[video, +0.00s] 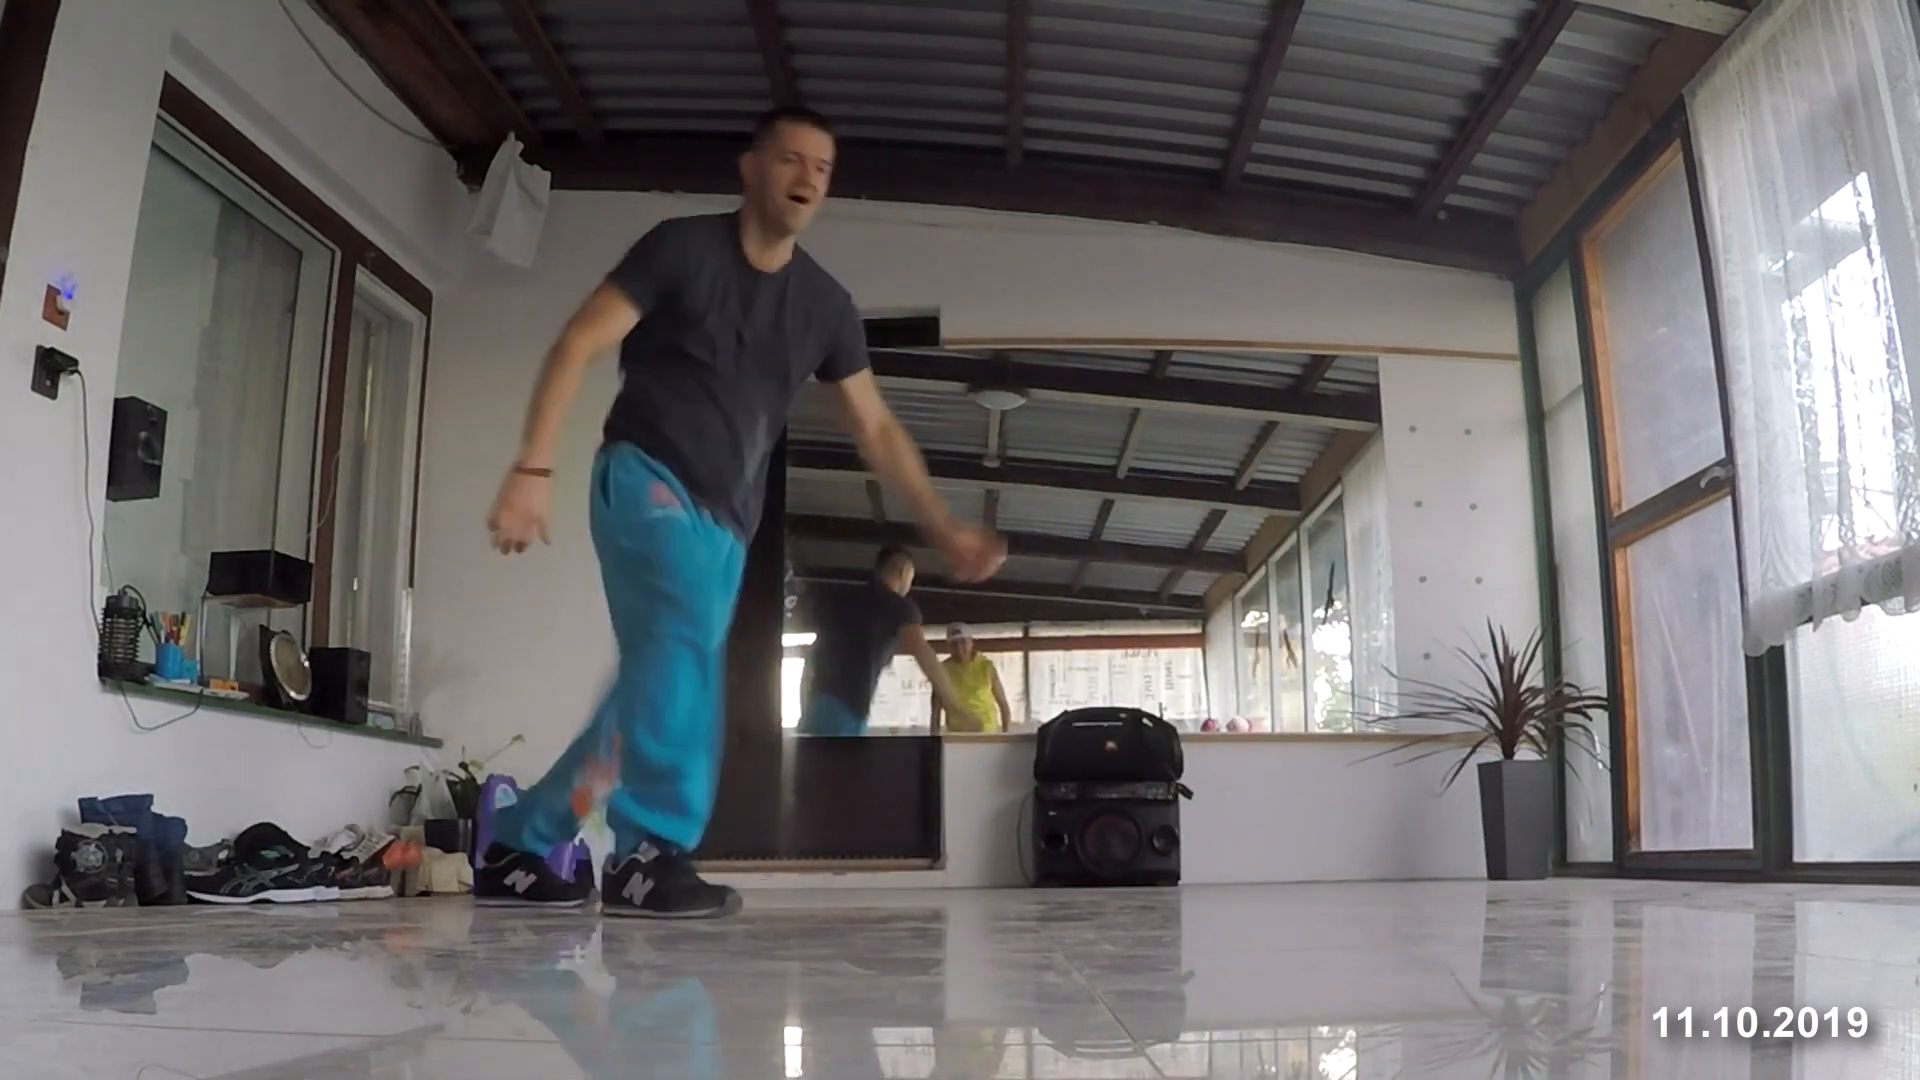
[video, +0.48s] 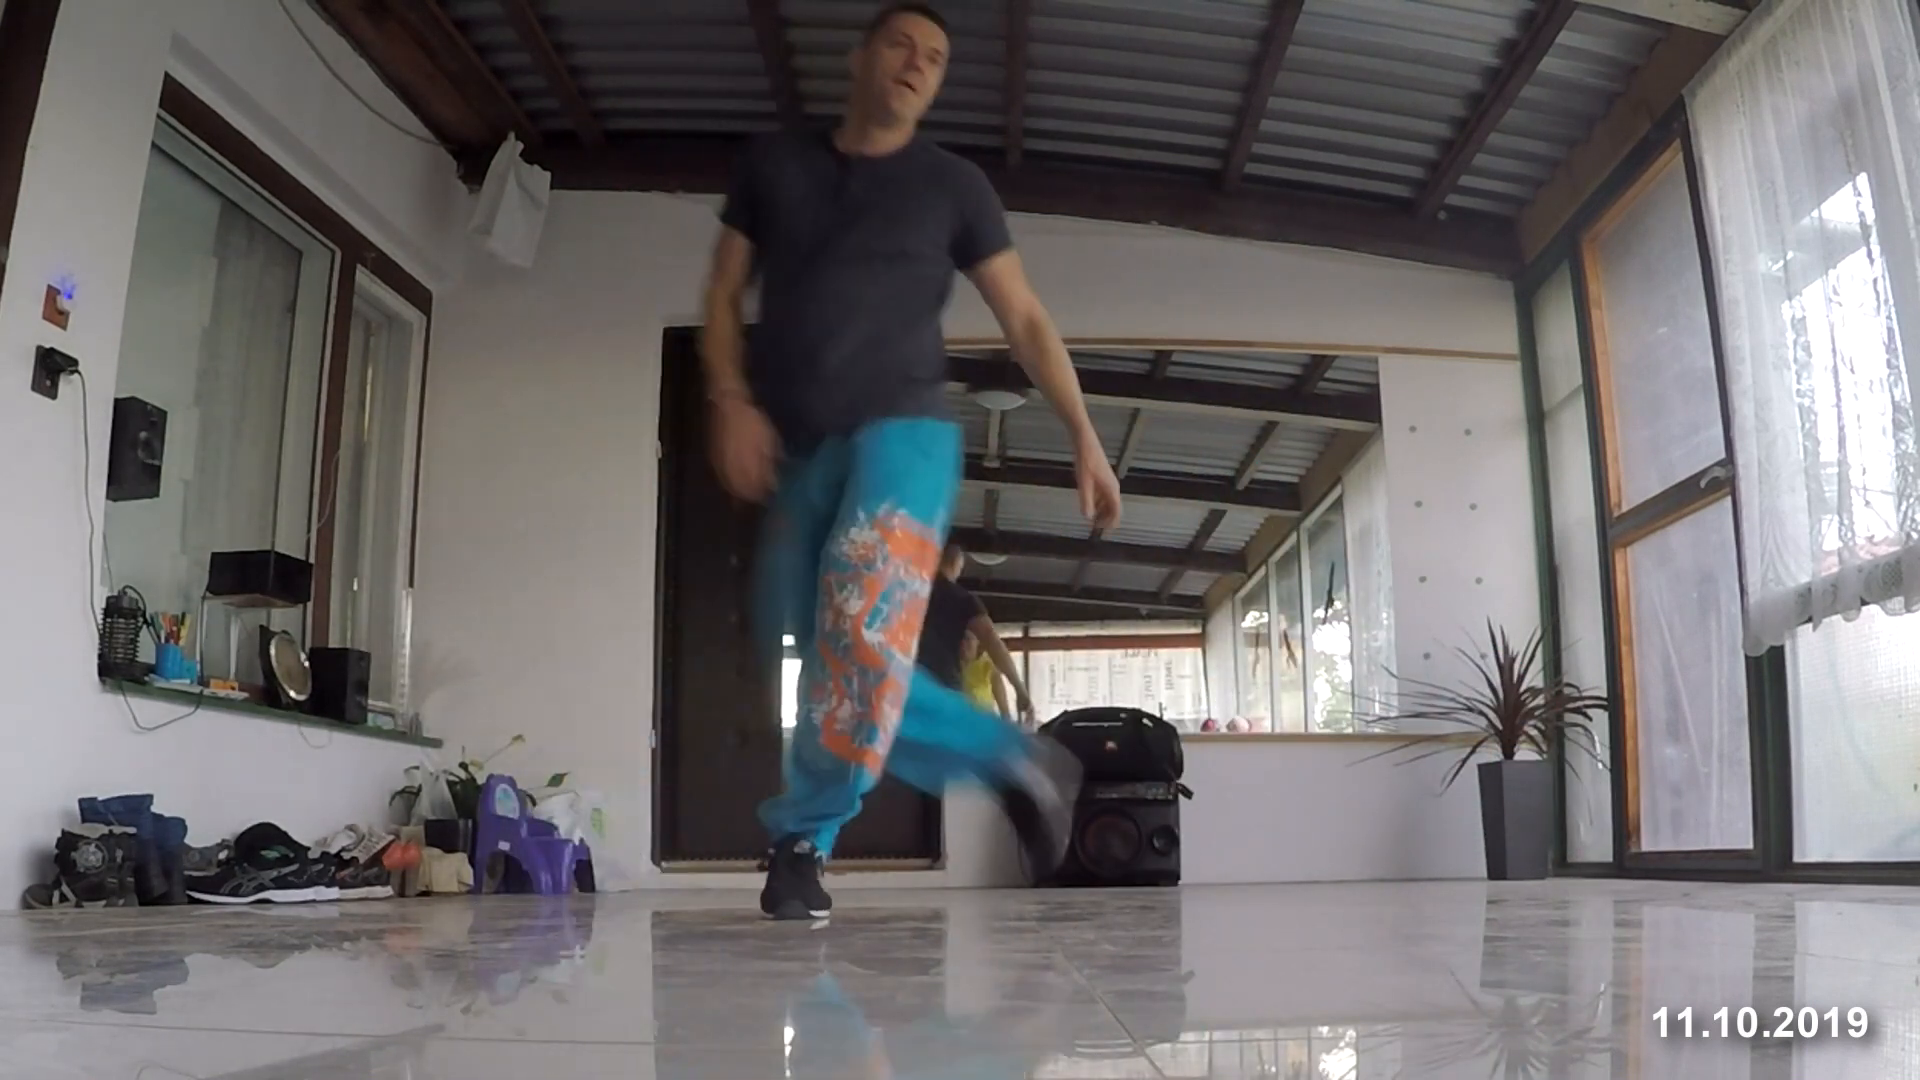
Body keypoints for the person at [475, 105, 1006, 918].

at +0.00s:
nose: (807, 181)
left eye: (820, 171)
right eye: (791, 162)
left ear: (827, 187)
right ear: (748, 166)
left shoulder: (826, 305)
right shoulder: (683, 248)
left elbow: (877, 427)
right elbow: (574, 344)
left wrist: (944, 528)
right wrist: (529, 469)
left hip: (727, 518)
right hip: (646, 479)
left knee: (666, 674)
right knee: (679, 642)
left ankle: (521, 839)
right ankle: (651, 852)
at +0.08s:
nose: (799, 146)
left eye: (816, 136)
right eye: (786, 125)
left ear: (828, 155)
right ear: (749, 132)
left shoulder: (835, 270)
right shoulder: (684, 219)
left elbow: (889, 381)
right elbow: (568, 305)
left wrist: (953, 431)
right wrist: (526, 434)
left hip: (751, 500)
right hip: (666, 457)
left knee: (694, 684)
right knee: (699, 643)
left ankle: (528, 829)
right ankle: (651, 856)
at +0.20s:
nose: (843, 62)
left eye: (855, 49)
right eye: (828, 42)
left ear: (865, 63)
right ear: (783, 45)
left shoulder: (873, 175)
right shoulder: (711, 126)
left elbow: (921, 287)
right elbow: (618, 221)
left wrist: (945, 313)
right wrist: (579, 335)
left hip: (794, 417)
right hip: (695, 390)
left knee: (779, 609)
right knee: (661, 588)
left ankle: (685, 791)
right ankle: (617, 804)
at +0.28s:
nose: (864, 28)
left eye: (876, 17)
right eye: (848, 10)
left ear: (884, 31)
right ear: (801, 16)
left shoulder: (896, 145)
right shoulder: (723, 105)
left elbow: (949, 259)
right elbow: (636, 208)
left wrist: (974, 298)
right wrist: (599, 327)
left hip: (826, 384)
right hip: (713, 362)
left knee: (833, 574)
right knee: (681, 534)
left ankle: (771, 784)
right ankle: (620, 729)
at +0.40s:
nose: (888, 33)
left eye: (902, 23)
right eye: (871, 13)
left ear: (909, 43)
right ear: (825, 21)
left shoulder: (922, 148)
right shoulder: (743, 126)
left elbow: (992, 273)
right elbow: (674, 238)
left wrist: (1036, 363)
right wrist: (646, 351)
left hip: (868, 393)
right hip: (747, 388)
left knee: (872, 593)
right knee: (716, 590)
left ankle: (806, 834)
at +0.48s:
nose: (913, 67)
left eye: (930, 61)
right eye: (901, 47)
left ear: (937, 87)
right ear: (858, 55)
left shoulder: (953, 185)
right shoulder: (777, 163)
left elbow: (1026, 321)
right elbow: (721, 299)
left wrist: (1085, 438)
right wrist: (732, 403)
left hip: (903, 430)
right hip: (801, 442)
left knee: (860, 629)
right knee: (802, 649)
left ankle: (800, 844)